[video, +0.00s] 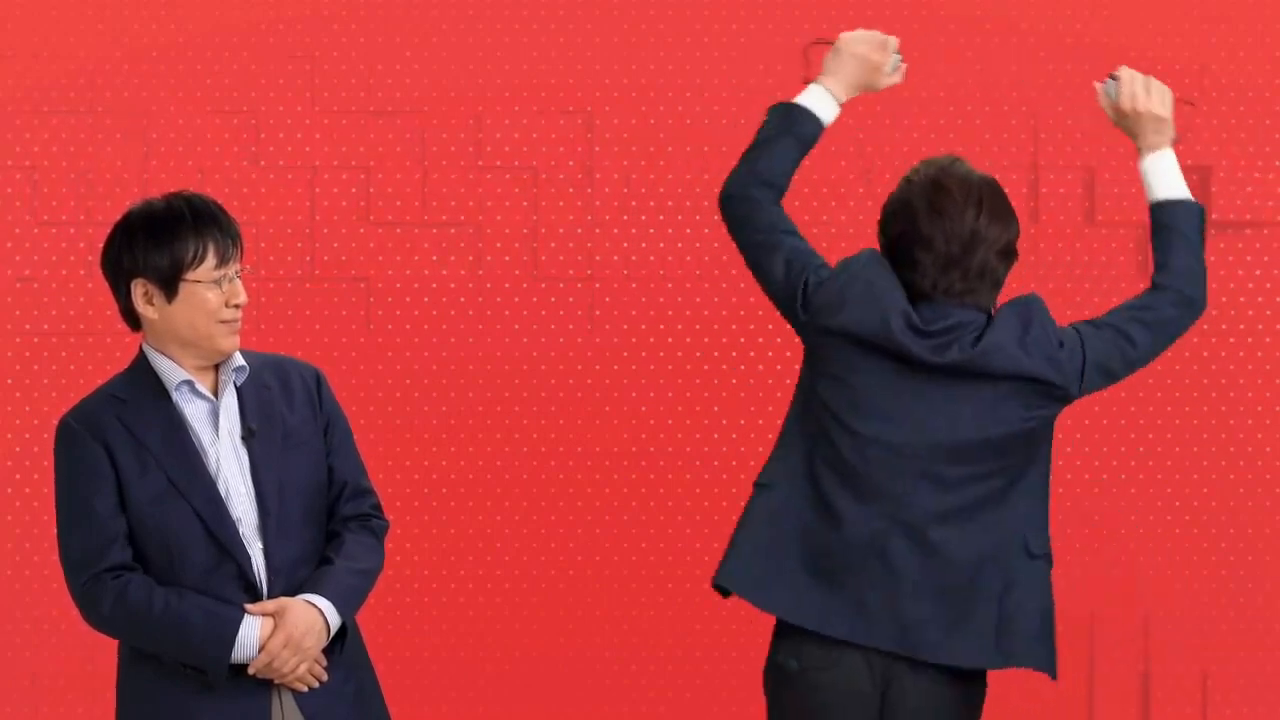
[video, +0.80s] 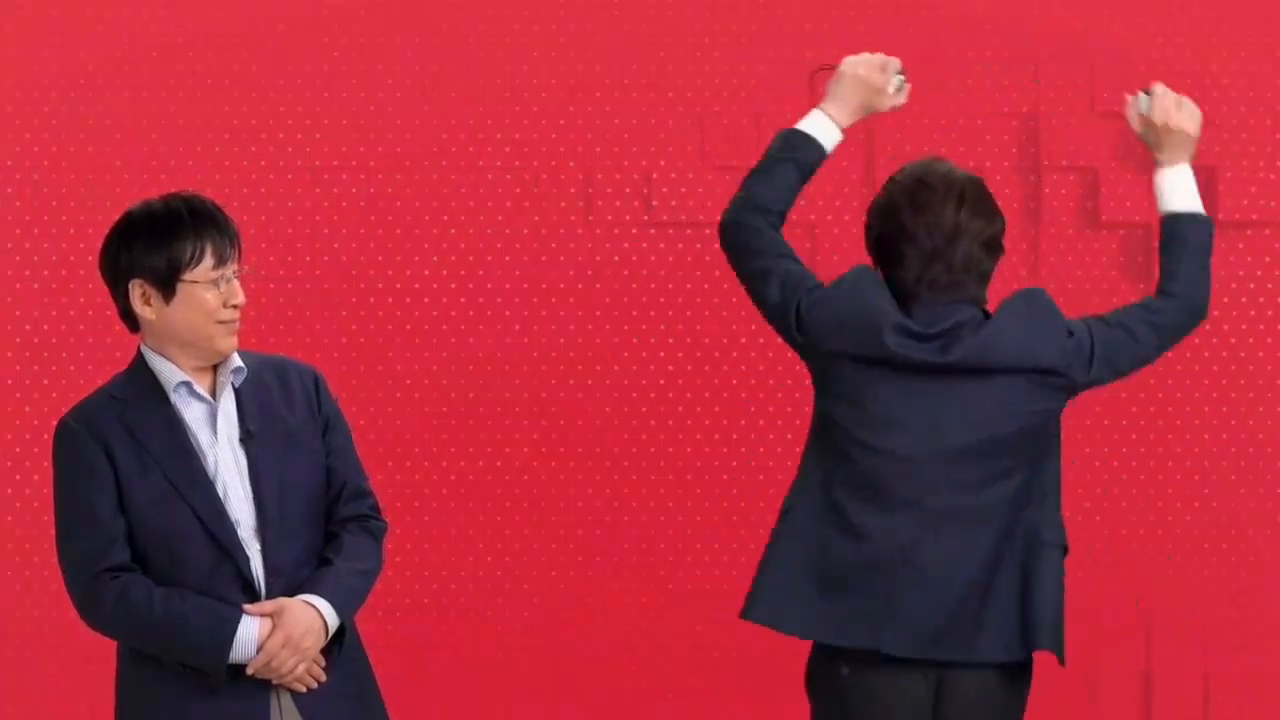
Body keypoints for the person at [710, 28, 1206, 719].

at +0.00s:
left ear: (889, 250)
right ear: (1003, 270)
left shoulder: (836, 315)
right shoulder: (1039, 362)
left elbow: (747, 199)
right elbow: (1180, 295)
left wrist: (829, 90)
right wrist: (1157, 151)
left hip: (817, 655)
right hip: (945, 670)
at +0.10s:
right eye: (1009, 275)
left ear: (900, 263)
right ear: (1007, 290)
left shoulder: (846, 323)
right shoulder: (1032, 398)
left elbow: (808, 186)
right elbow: (1197, 382)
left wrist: (929, 112)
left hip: (801, 664)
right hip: (925, 688)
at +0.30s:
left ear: (894, 250)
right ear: (1003, 273)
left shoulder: (839, 317)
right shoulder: (1036, 376)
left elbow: (767, 187)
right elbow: (1189, 322)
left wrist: (861, 91)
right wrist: (1182, 172)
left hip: (813, 662)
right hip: (940, 678)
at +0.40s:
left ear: (886, 252)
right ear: (999, 250)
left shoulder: (833, 330)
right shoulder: (1041, 336)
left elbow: (700, 249)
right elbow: (1140, 226)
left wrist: (740, 118)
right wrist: (1062, 100)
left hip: (840, 662)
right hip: (967, 664)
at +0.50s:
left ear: (875, 271)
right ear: (987, 255)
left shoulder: (834, 372)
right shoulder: (1032, 334)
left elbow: (675, 342)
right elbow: (1064, 194)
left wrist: (667, 203)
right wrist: (949, 111)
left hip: (875, 682)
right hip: (1002, 671)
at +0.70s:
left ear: (874, 262)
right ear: (986, 250)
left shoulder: (835, 349)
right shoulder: (1038, 325)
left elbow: (696, 284)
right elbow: (1119, 202)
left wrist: (728, 145)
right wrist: (1051, 83)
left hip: (875, 664)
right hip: (1004, 659)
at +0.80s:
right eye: (991, 244)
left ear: (880, 254)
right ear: (991, 256)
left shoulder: (837, 332)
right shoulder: (1042, 352)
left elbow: (747, 226)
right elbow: (1182, 303)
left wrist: (831, 115)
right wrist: (1176, 165)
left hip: (861, 662)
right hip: (989, 668)